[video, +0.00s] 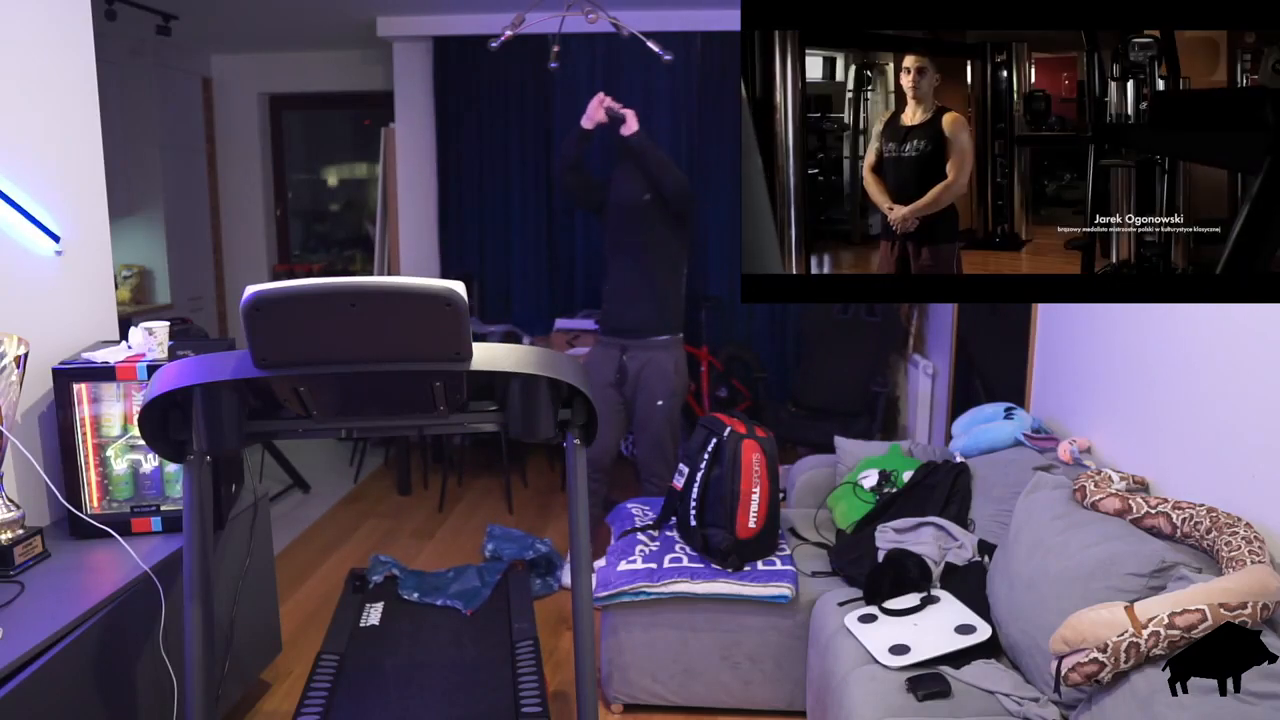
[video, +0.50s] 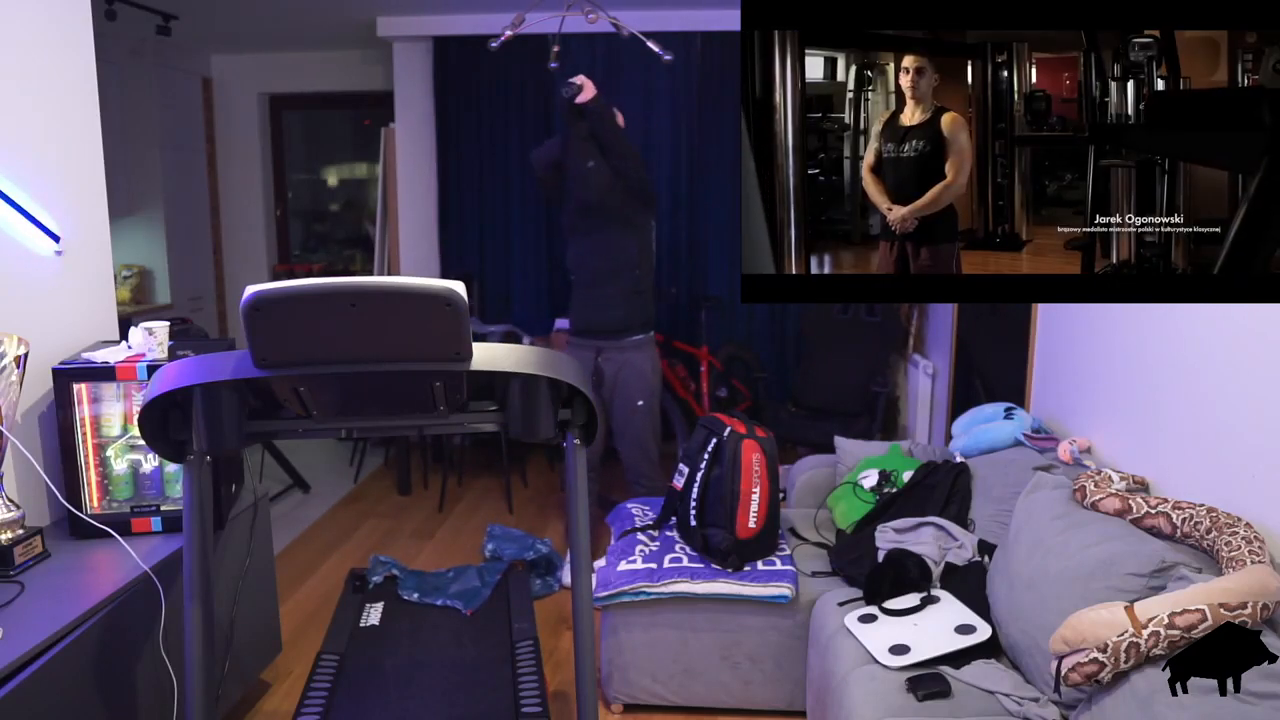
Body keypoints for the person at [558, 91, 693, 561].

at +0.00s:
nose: (631, 179)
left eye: (639, 171)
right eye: (627, 172)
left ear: (657, 171)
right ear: (619, 174)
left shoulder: (675, 205)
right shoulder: (610, 200)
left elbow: (671, 183)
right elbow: (570, 176)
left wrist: (634, 135)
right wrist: (585, 128)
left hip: (659, 348)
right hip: (608, 345)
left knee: (655, 456)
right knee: (594, 451)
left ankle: (657, 547)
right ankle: (588, 541)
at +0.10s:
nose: (625, 175)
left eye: (633, 166)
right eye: (621, 169)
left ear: (651, 167)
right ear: (612, 168)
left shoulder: (673, 198)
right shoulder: (602, 194)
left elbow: (668, 171)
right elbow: (558, 172)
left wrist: (627, 129)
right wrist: (590, 126)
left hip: (656, 347)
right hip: (604, 344)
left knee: (655, 458)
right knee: (594, 454)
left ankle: (657, 543)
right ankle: (585, 543)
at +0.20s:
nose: (616, 165)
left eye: (623, 156)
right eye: (609, 157)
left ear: (641, 160)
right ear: (600, 164)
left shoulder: (664, 193)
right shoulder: (594, 191)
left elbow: (664, 168)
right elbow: (545, 176)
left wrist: (629, 126)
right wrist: (590, 145)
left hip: (650, 347)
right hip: (598, 345)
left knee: (654, 460)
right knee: (591, 458)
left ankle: (657, 550)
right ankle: (584, 550)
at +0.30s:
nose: (612, 160)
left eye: (620, 150)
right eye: (604, 150)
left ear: (635, 152)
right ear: (596, 153)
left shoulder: (656, 195)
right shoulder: (587, 192)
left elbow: (656, 161)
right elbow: (539, 177)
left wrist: (623, 115)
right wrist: (590, 161)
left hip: (645, 347)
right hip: (592, 345)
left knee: (650, 461)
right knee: (586, 459)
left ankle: (652, 559)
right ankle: (581, 551)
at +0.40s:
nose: (602, 167)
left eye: (610, 157)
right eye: (596, 158)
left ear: (627, 155)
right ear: (588, 163)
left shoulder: (647, 196)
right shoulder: (581, 194)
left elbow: (636, 153)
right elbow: (536, 171)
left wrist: (611, 108)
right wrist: (586, 148)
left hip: (638, 341)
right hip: (587, 340)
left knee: (643, 450)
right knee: (584, 450)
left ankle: (654, 545)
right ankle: (584, 544)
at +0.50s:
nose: (616, 132)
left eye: (616, 127)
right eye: (609, 126)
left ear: (621, 137)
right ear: (596, 132)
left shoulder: (637, 192)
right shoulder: (571, 190)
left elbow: (618, 151)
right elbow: (544, 160)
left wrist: (593, 106)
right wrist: (579, 120)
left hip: (630, 341)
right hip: (580, 339)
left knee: (639, 452)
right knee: (580, 451)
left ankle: (651, 547)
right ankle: (581, 547)